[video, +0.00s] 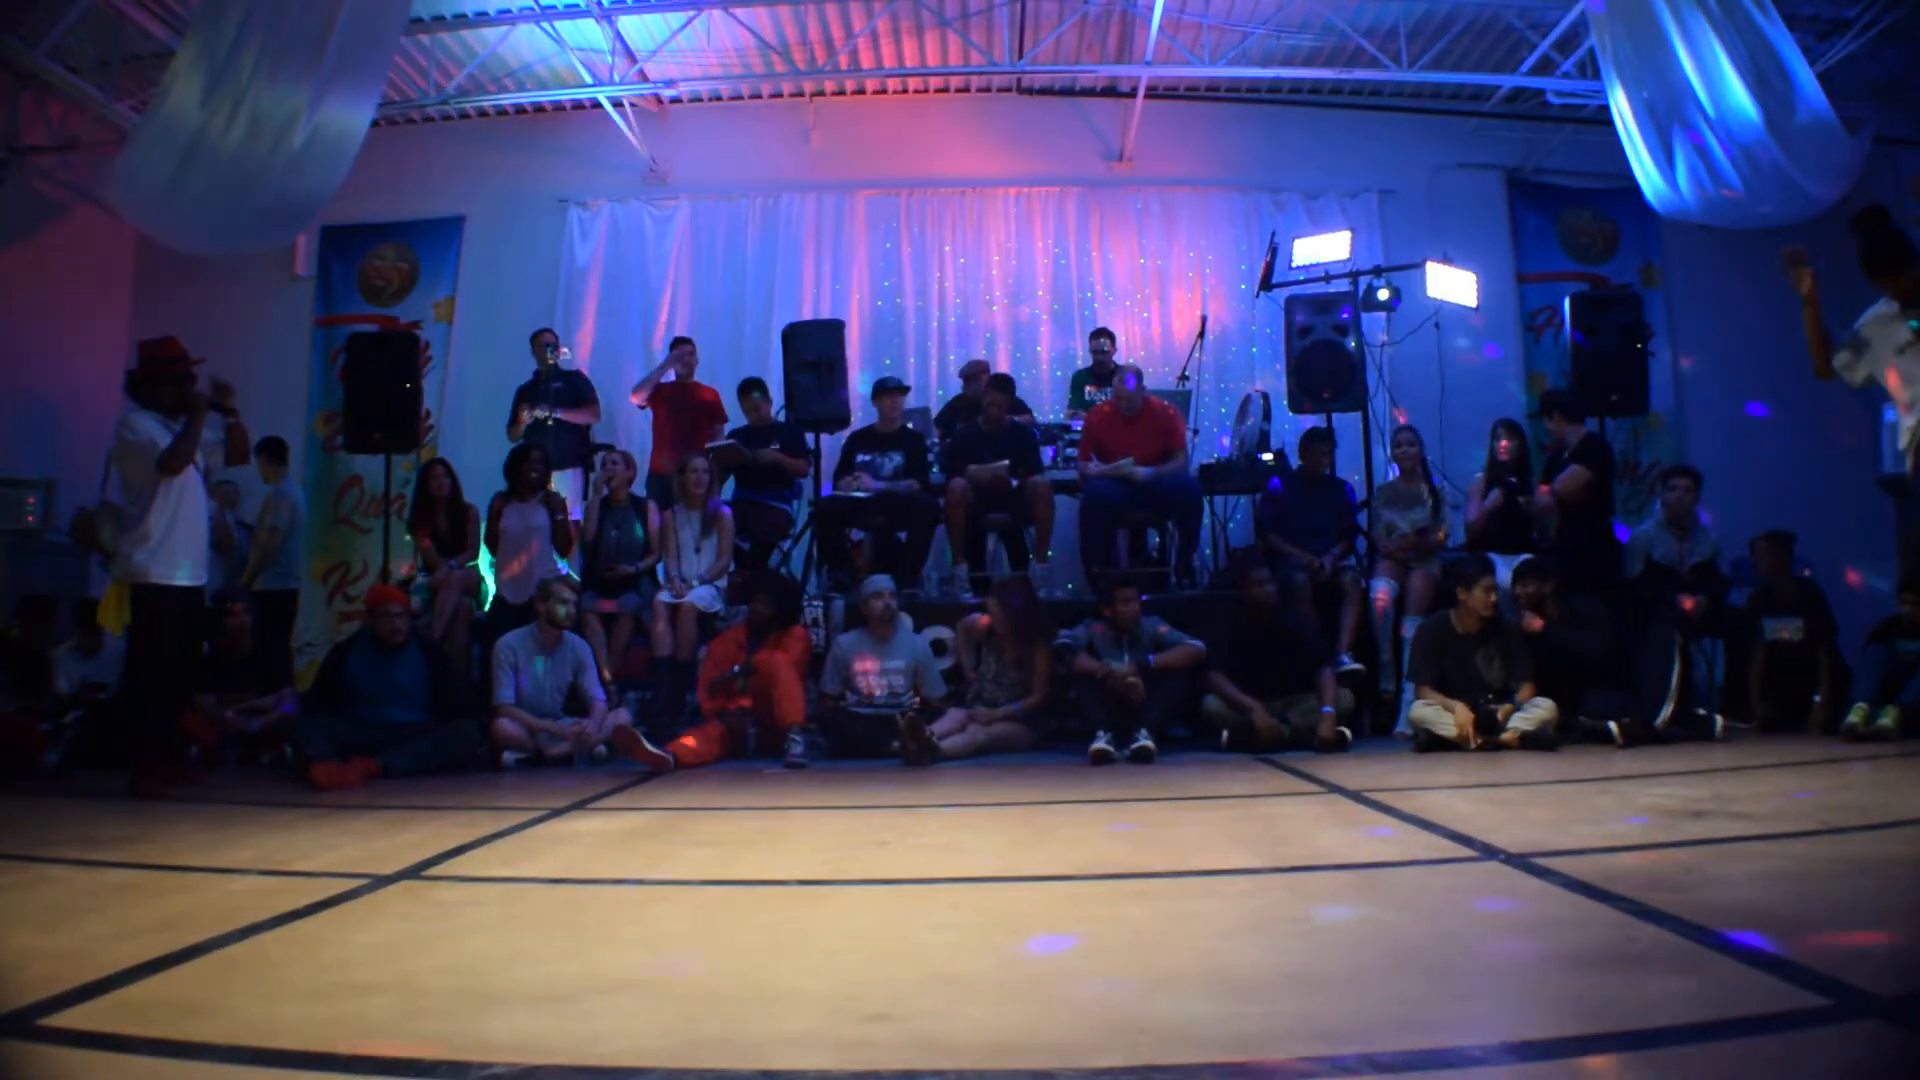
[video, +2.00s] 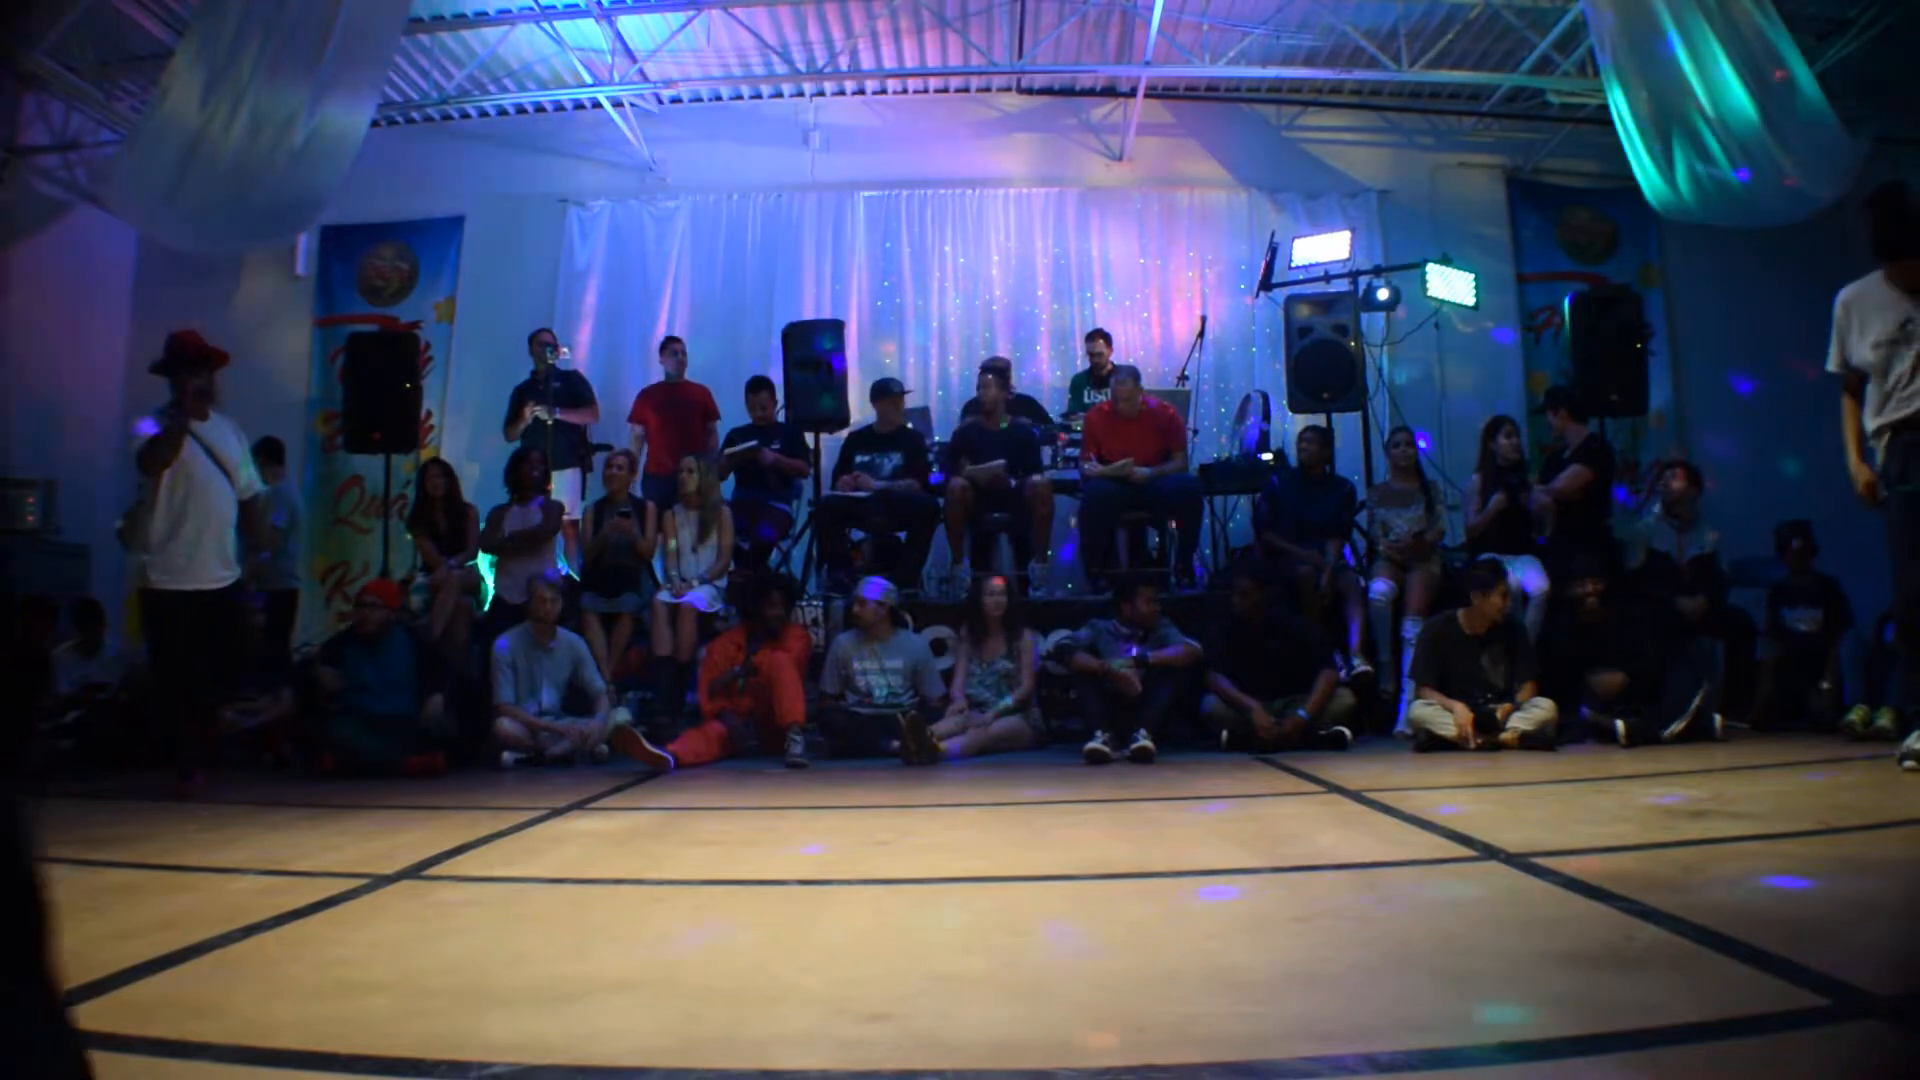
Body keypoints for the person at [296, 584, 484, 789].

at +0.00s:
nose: (397, 624)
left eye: (402, 617)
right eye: (389, 617)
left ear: (410, 618)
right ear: (372, 619)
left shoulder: (427, 652)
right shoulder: (346, 653)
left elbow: (445, 699)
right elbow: (319, 704)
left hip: (415, 733)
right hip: (358, 732)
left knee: (467, 734)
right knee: (307, 725)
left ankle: (377, 767)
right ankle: (328, 766)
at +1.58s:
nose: (383, 613)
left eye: (390, 605)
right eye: (377, 605)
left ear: (404, 611)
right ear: (369, 609)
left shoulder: (422, 643)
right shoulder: (349, 644)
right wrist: (352, 730)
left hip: (419, 720)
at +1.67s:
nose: (380, 611)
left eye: (388, 605)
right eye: (374, 604)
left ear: (403, 610)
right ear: (366, 607)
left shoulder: (422, 642)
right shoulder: (349, 640)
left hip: (414, 715)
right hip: (363, 716)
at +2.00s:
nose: (365, 614)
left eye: (373, 607)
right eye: (361, 606)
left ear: (389, 612)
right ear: (354, 609)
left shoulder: (410, 642)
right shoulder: (345, 641)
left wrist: (435, 697)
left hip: (404, 717)